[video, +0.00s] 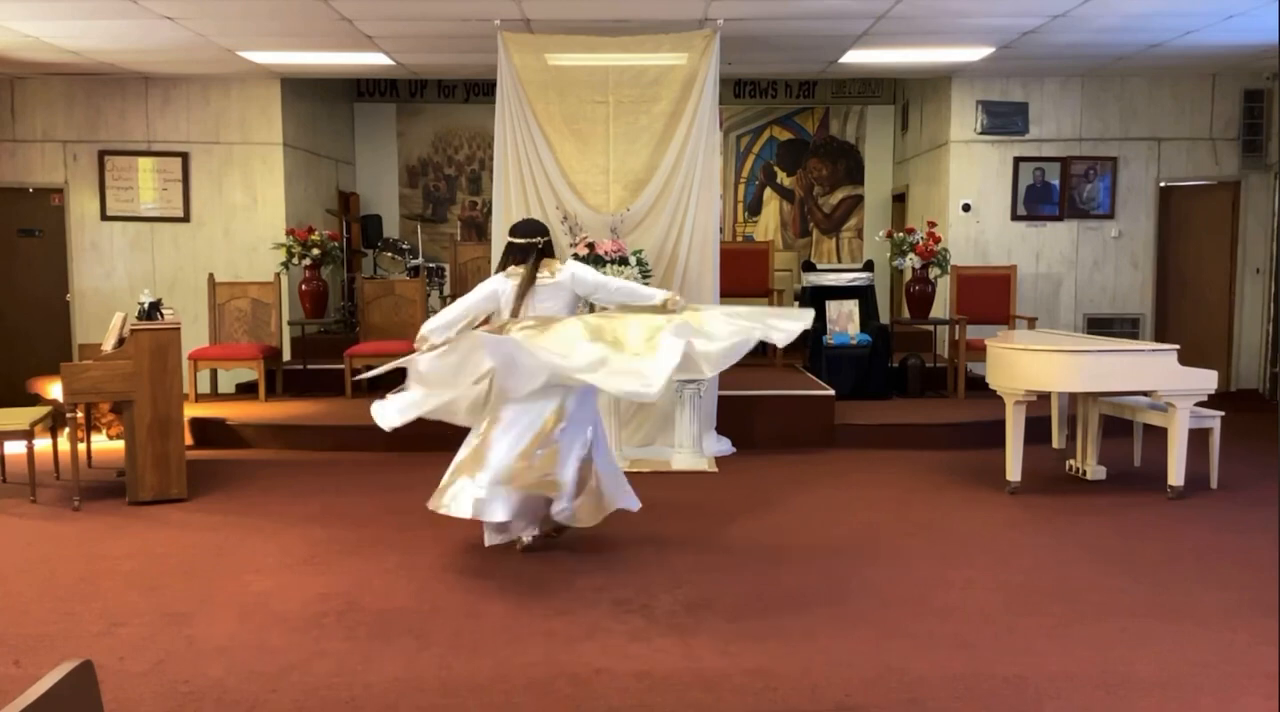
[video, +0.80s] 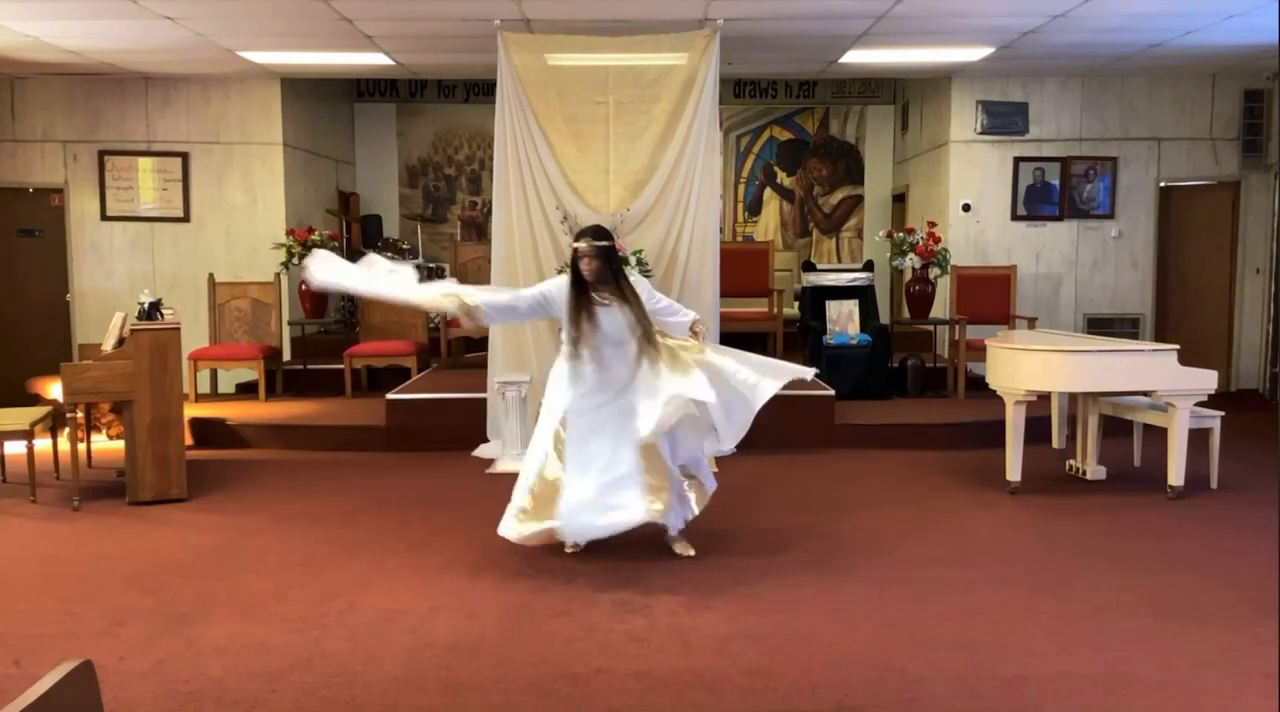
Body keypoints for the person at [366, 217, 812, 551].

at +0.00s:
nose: (539, 251)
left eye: (524, 249)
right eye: (544, 245)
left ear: (512, 249)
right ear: (547, 246)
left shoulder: (501, 283)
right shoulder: (568, 274)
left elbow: (457, 314)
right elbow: (614, 290)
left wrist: (426, 335)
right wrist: (663, 299)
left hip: (516, 377)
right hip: (562, 375)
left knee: (515, 445)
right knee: (561, 442)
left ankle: (521, 527)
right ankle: (549, 517)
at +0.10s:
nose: (526, 254)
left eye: (515, 249)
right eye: (537, 245)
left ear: (507, 251)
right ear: (547, 246)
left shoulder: (508, 284)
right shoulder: (572, 273)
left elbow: (466, 318)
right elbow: (628, 286)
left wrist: (427, 345)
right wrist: (659, 288)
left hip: (532, 378)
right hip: (577, 377)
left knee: (528, 442)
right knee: (567, 443)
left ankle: (531, 523)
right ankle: (552, 517)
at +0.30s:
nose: (510, 253)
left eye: (513, 245)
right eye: (515, 245)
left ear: (521, 246)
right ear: (546, 241)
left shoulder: (548, 276)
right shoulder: (542, 275)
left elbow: (535, 334)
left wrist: (503, 337)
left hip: (573, 376)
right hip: (562, 373)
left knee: (572, 447)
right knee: (555, 445)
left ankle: (581, 525)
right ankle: (557, 518)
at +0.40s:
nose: (523, 252)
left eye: (527, 246)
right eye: (525, 246)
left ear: (536, 248)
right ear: (556, 244)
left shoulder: (571, 283)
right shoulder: (531, 283)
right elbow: (516, 340)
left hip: (585, 379)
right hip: (553, 378)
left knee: (594, 451)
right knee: (555, 446)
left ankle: (603, 527)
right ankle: (559, 524)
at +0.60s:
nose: (551, 257)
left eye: (559, 250)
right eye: (548, 250)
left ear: (579, 249)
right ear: (545, 250)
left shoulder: (610, 279)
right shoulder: (541, 277)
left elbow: (652, 308)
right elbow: (491, 274)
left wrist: (680, 331)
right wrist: (455, 267)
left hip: (614, 380)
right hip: (566, 381)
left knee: (610, 454)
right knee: (571, 452)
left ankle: (606, 533)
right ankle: (579, 523)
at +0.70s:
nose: (573, 261)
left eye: (581, 254)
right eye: (567, 254)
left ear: (598, 255)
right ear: (560, 256)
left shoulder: (620, 285)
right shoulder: (550, 283)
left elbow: (661, 305)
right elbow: (497, 283)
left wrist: (690, 323)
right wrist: (447, 278)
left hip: (616, 377)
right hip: (569, 378)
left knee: (625, 442)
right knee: (570, 445)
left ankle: (633, 527)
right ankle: (574, 524)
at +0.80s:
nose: (589, 264)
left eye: (596, 256)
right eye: (583, 258)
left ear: (613, 259)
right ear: (576, 261)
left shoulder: (634, 292)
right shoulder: (564, 291)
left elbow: (670, 319)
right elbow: (515, 302)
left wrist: (686, 334)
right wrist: (468, 305)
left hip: (633, 386)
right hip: (583, 389)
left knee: (660, 449)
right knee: (580, 457)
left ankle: (672, 526)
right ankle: (574, 528)